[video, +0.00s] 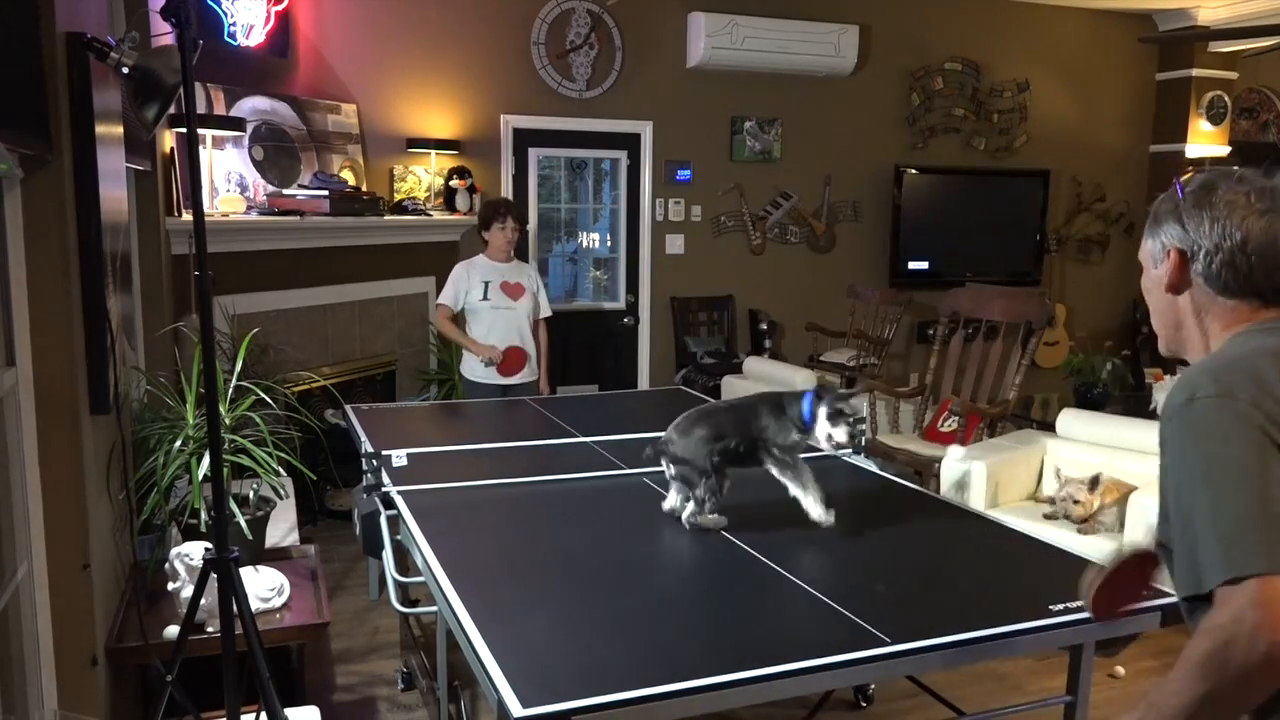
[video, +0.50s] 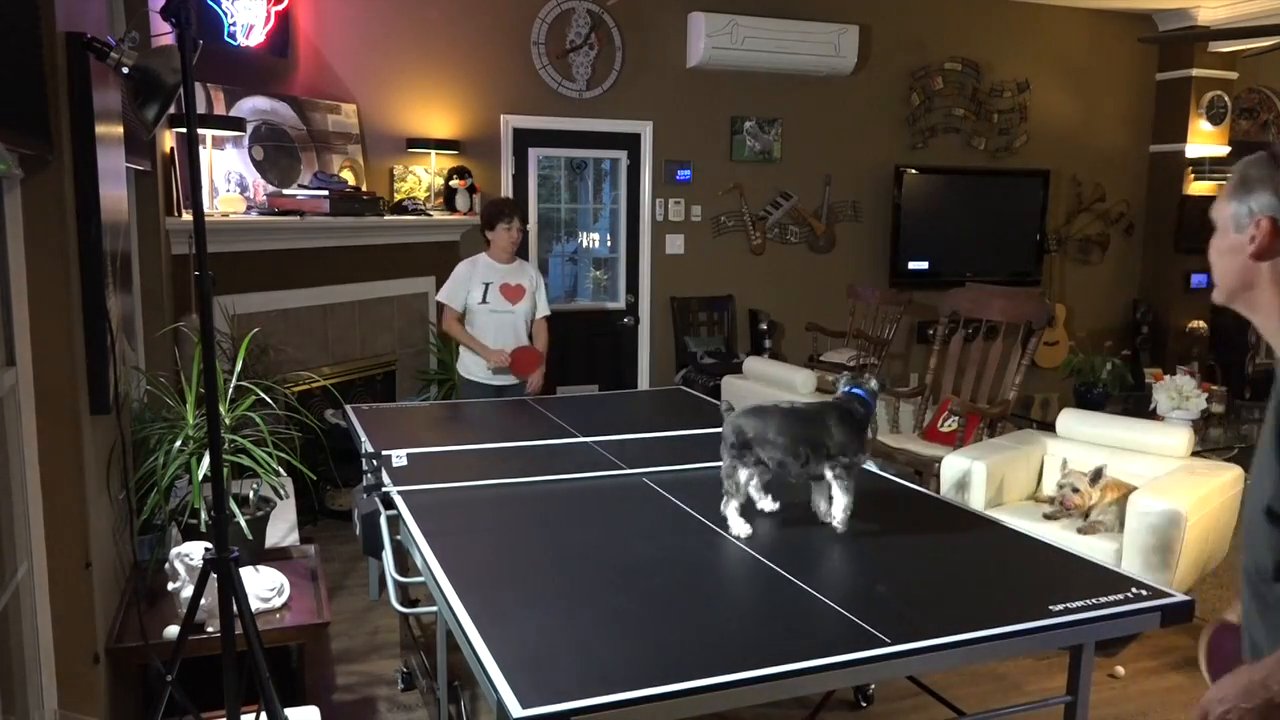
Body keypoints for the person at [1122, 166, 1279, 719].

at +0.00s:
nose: (1145, 290)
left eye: (1145, 267)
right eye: (1143, 269)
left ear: (1175, 268)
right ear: (1259, 261)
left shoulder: (1217, 392)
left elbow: (1258, 622)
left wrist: (1156, 709)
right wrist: (1171, 558)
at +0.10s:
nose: (1145, 298)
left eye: (1145, 278)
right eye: (1142, 279)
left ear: (1176, 278)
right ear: (1253, 272)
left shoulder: (1226, 401)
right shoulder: (1266, 366)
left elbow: (1268, 602)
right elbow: (1254, 449)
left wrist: (1175, 711)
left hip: (1258, 701)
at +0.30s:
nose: (1159, 281)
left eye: (1164, 262)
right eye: (1159, 263)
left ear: (1200, 265)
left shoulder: (1248, 398)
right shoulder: (1260, 379)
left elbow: (1273, 601)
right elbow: (1249, 435)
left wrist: (1184, 711)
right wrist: (1143, 438)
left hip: (1265, 699)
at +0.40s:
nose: (1178, 256)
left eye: (1184, 236)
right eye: (1179, 236)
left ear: (1227, 240)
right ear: (1232, 241)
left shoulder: (1267, 379)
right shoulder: (1261, 372)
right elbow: (1266, 515)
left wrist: (1208, 704)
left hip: (1269, 702)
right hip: (1259, 697)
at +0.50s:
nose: (1208, 249)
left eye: (1217, 229)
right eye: (1212, 230)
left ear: (1259, 235)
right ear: (1259, 234)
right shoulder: (1272, 379)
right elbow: (1265, 541)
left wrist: (1271, 675)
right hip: (1255, 654)